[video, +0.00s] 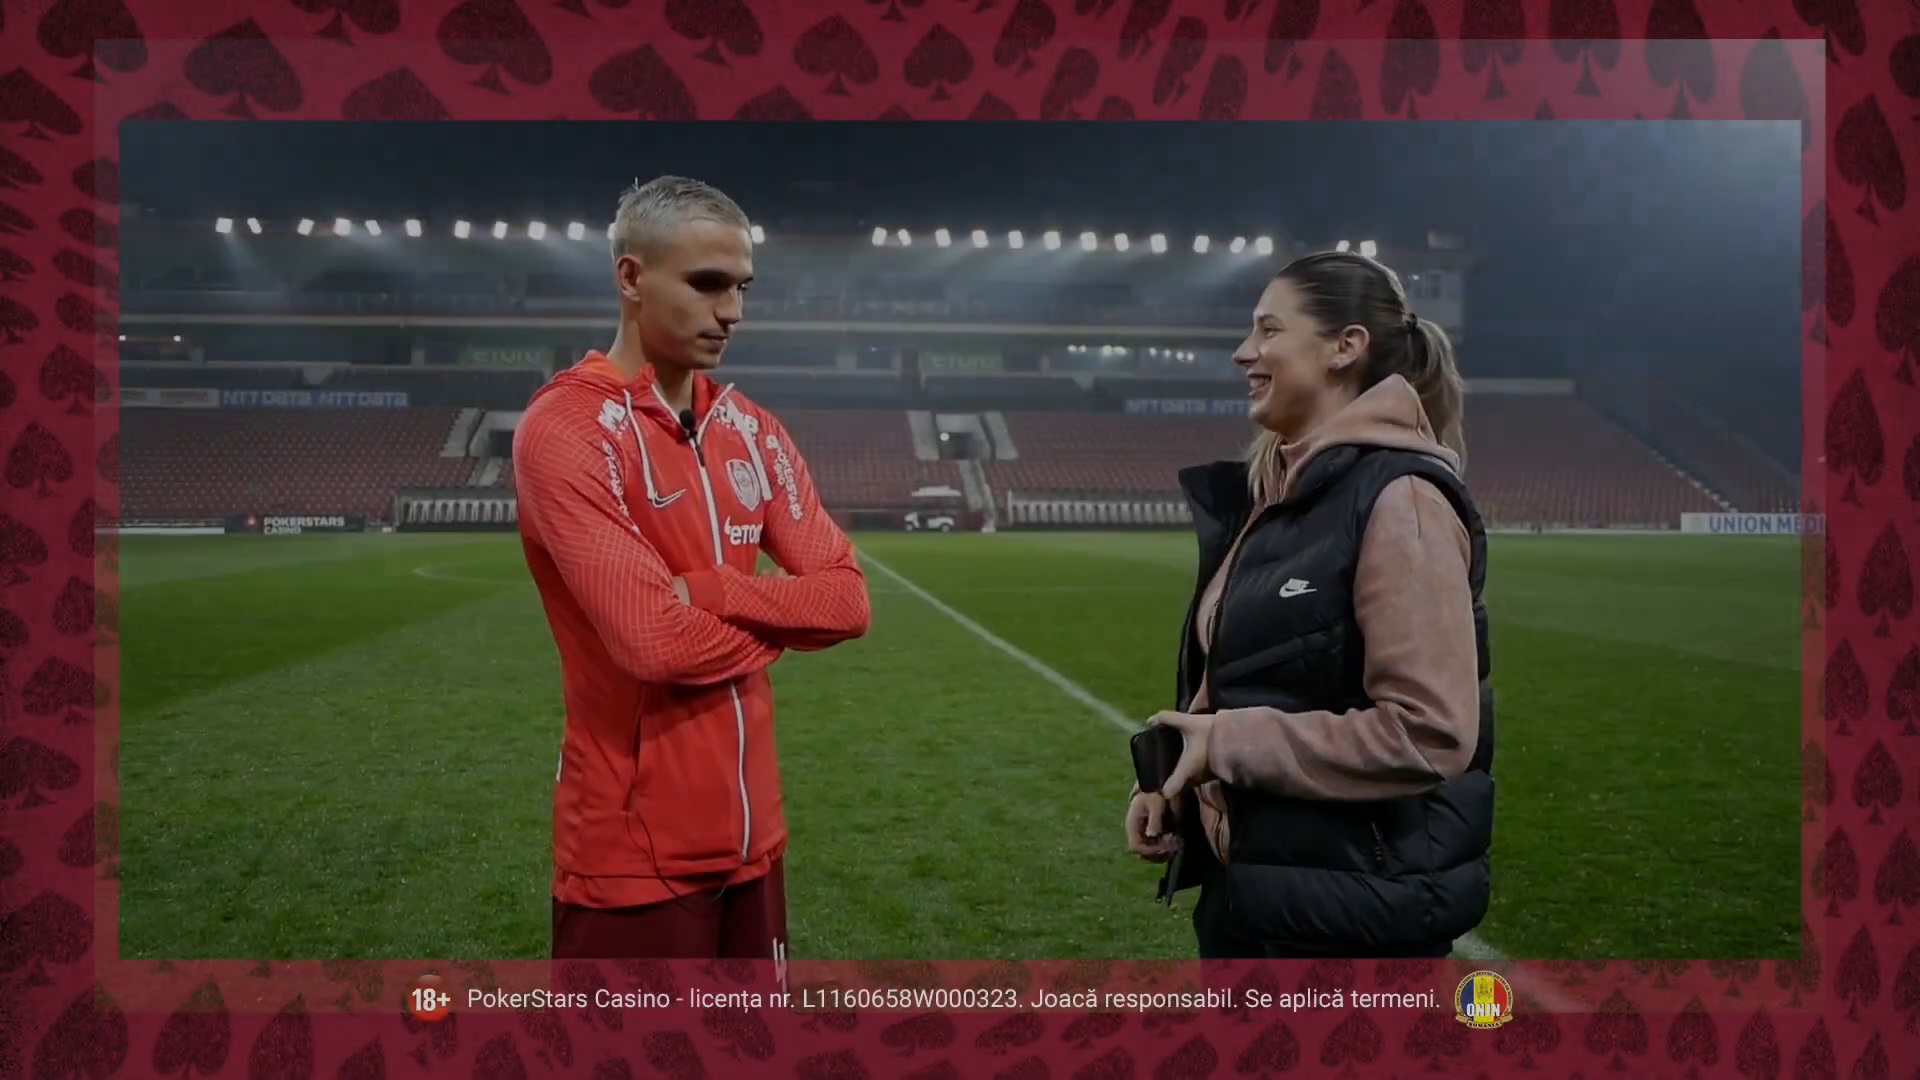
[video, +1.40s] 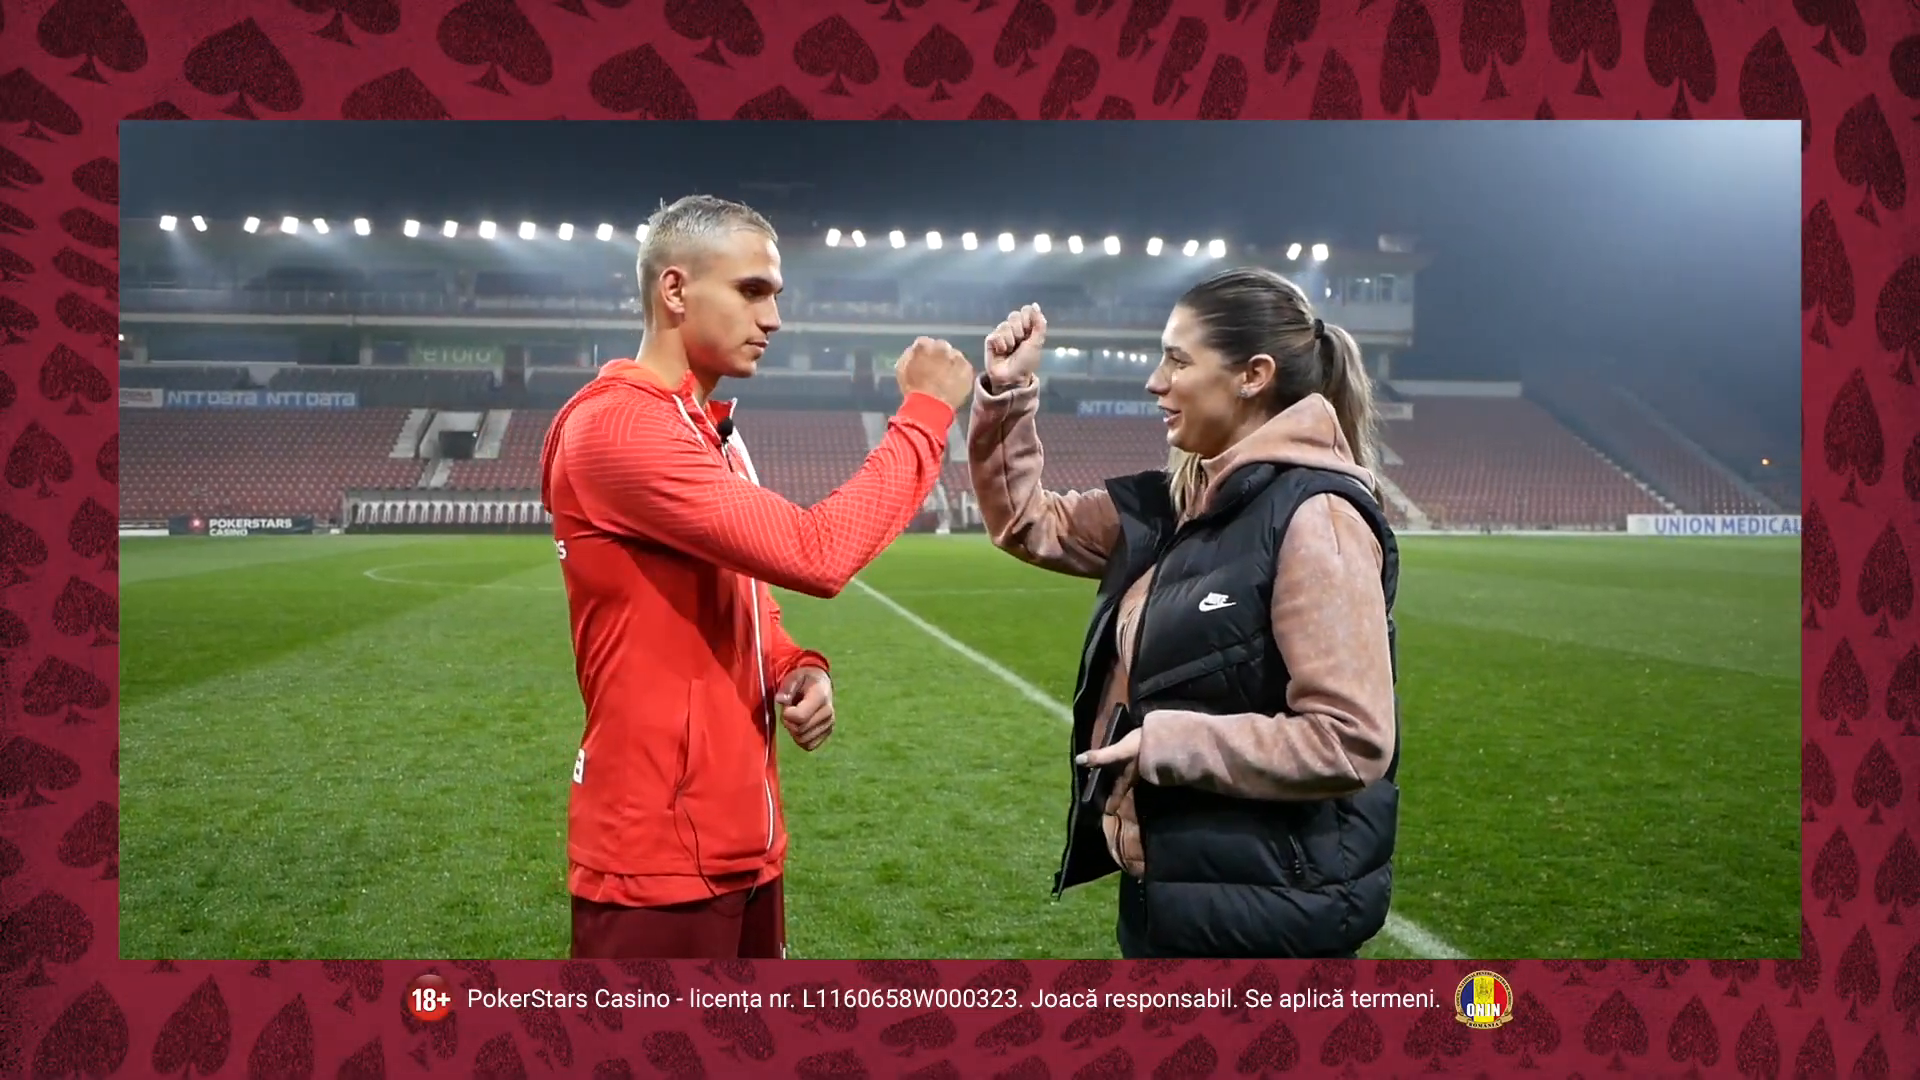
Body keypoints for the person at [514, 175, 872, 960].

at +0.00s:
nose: (732, 312)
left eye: (741, 289)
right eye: (708, 284)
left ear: (748, 287)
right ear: (630, 277)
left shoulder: (753, 429)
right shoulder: (563, 430)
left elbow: (847, 603)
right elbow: (651, 647)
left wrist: (703, 588)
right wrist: (775, 624)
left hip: (748, 835)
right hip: (630, 845)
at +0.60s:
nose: (744, 314)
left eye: (748, 291)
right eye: (722, 287)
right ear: (641, 288)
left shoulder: (739, 433)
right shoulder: (563, 433)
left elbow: (854, 587)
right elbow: (629, 651)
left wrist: (730, 584)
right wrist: (779, 655)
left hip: (741, 840)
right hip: (629, 851)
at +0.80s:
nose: (763, 328)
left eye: (766, 304)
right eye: (744, 299)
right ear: (666, 290)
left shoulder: (735, 436)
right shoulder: (568, 436)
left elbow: (794, 591)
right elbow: (709, 598)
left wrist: (801, 637)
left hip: (743, 843)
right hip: (633, 855)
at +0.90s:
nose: (763, 329)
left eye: (768, 305)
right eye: (745, 302)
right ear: (677, 296)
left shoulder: (727, 444)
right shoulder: (588, 434)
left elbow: (757, 616)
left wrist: (786, 676)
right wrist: (784, 345)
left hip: (743, 850)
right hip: (641, 865)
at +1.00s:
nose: (778, 333)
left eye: (778, 310)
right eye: (759, 304)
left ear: (690, 300)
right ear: (683, 296)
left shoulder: (710, 434)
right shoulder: (605, 431)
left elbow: (734, 621)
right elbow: (832, 531)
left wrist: (786, 680)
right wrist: (845, 343)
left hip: (735, 856)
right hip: (645, 870)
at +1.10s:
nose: (779, 327)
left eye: (780, 304)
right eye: (761, 299)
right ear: (683, 296)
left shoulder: (693, 427)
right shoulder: (619, 432)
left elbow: (704, 622)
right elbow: (848, 535)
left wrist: (780, 674)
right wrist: (925, 379)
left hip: (727, 856)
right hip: (650, 870)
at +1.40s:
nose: (772, 319)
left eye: (774, 295)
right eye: (753, 290)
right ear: (675, 291)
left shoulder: (711, 430)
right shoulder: (613, 426)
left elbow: (742, 610)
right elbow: (821, 552)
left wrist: (795, 669)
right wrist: (925, 413)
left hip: (741, 848)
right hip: (658, 860)